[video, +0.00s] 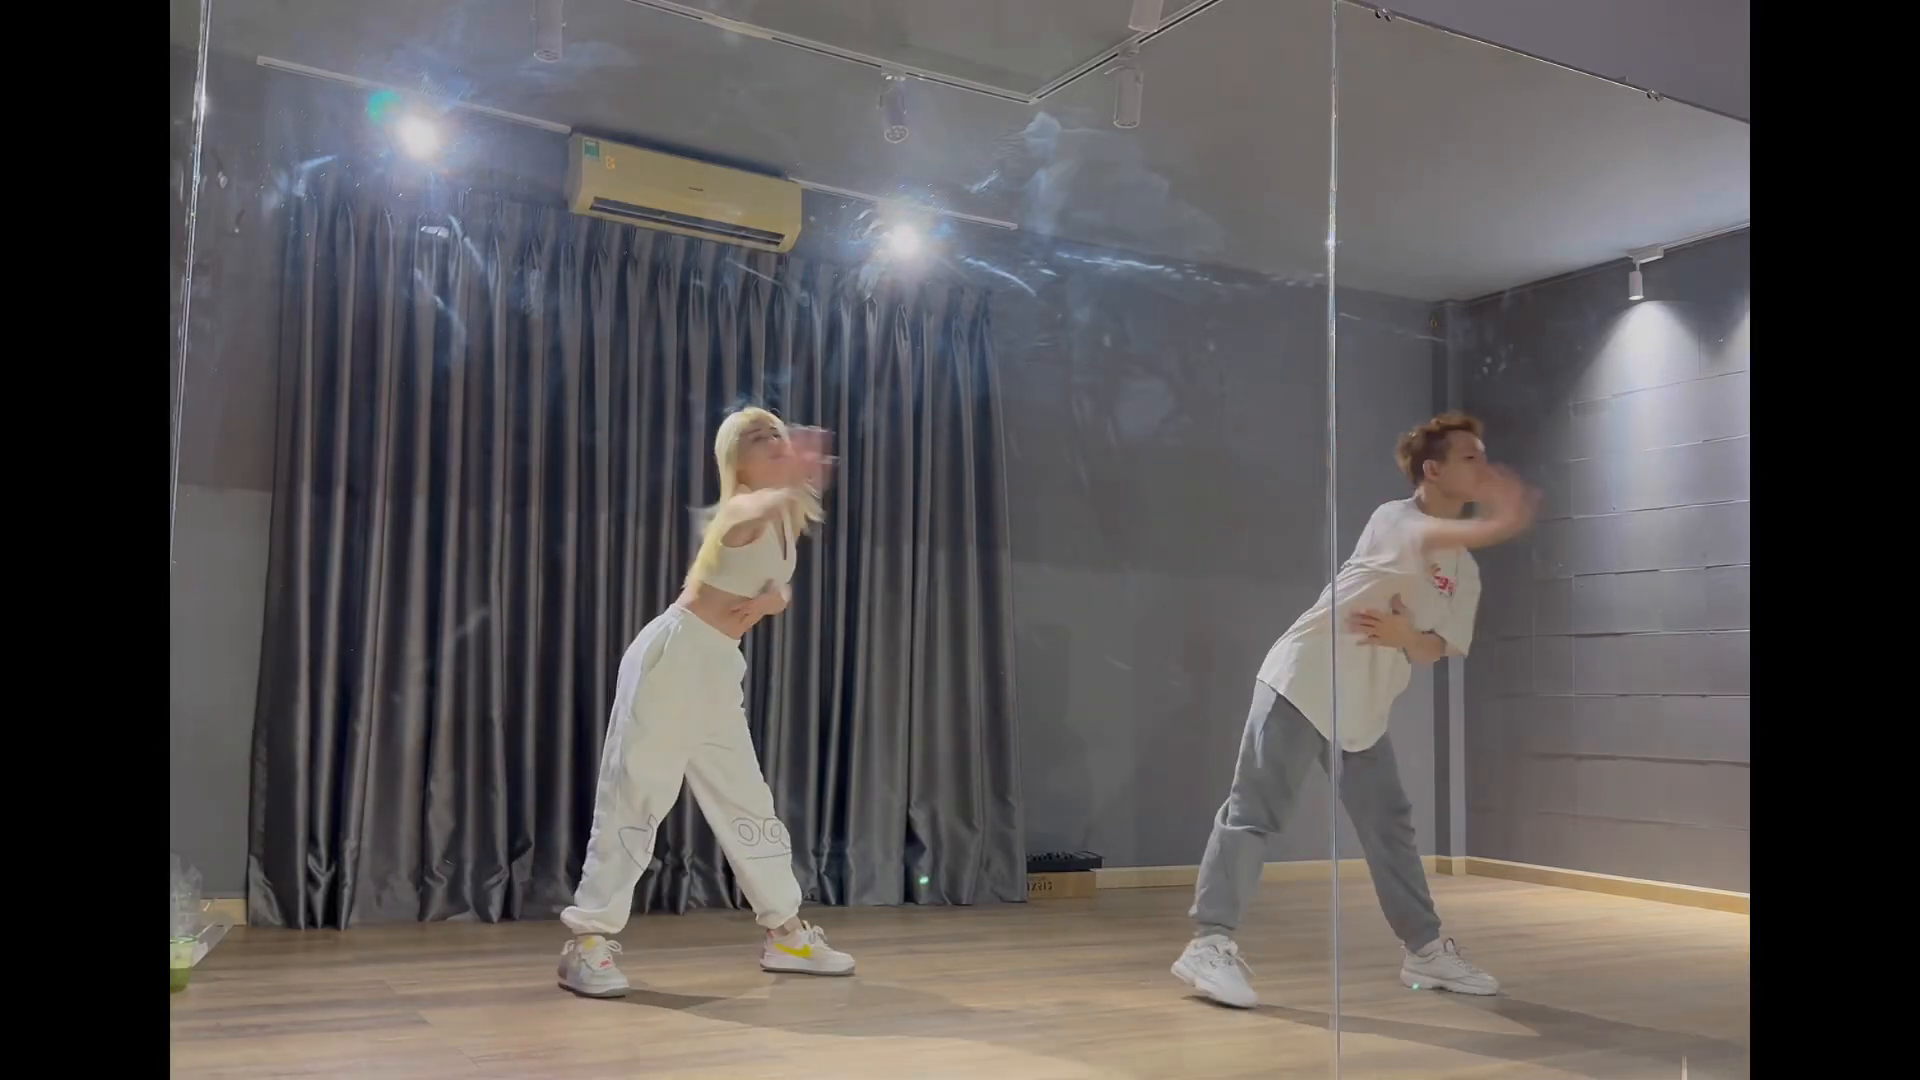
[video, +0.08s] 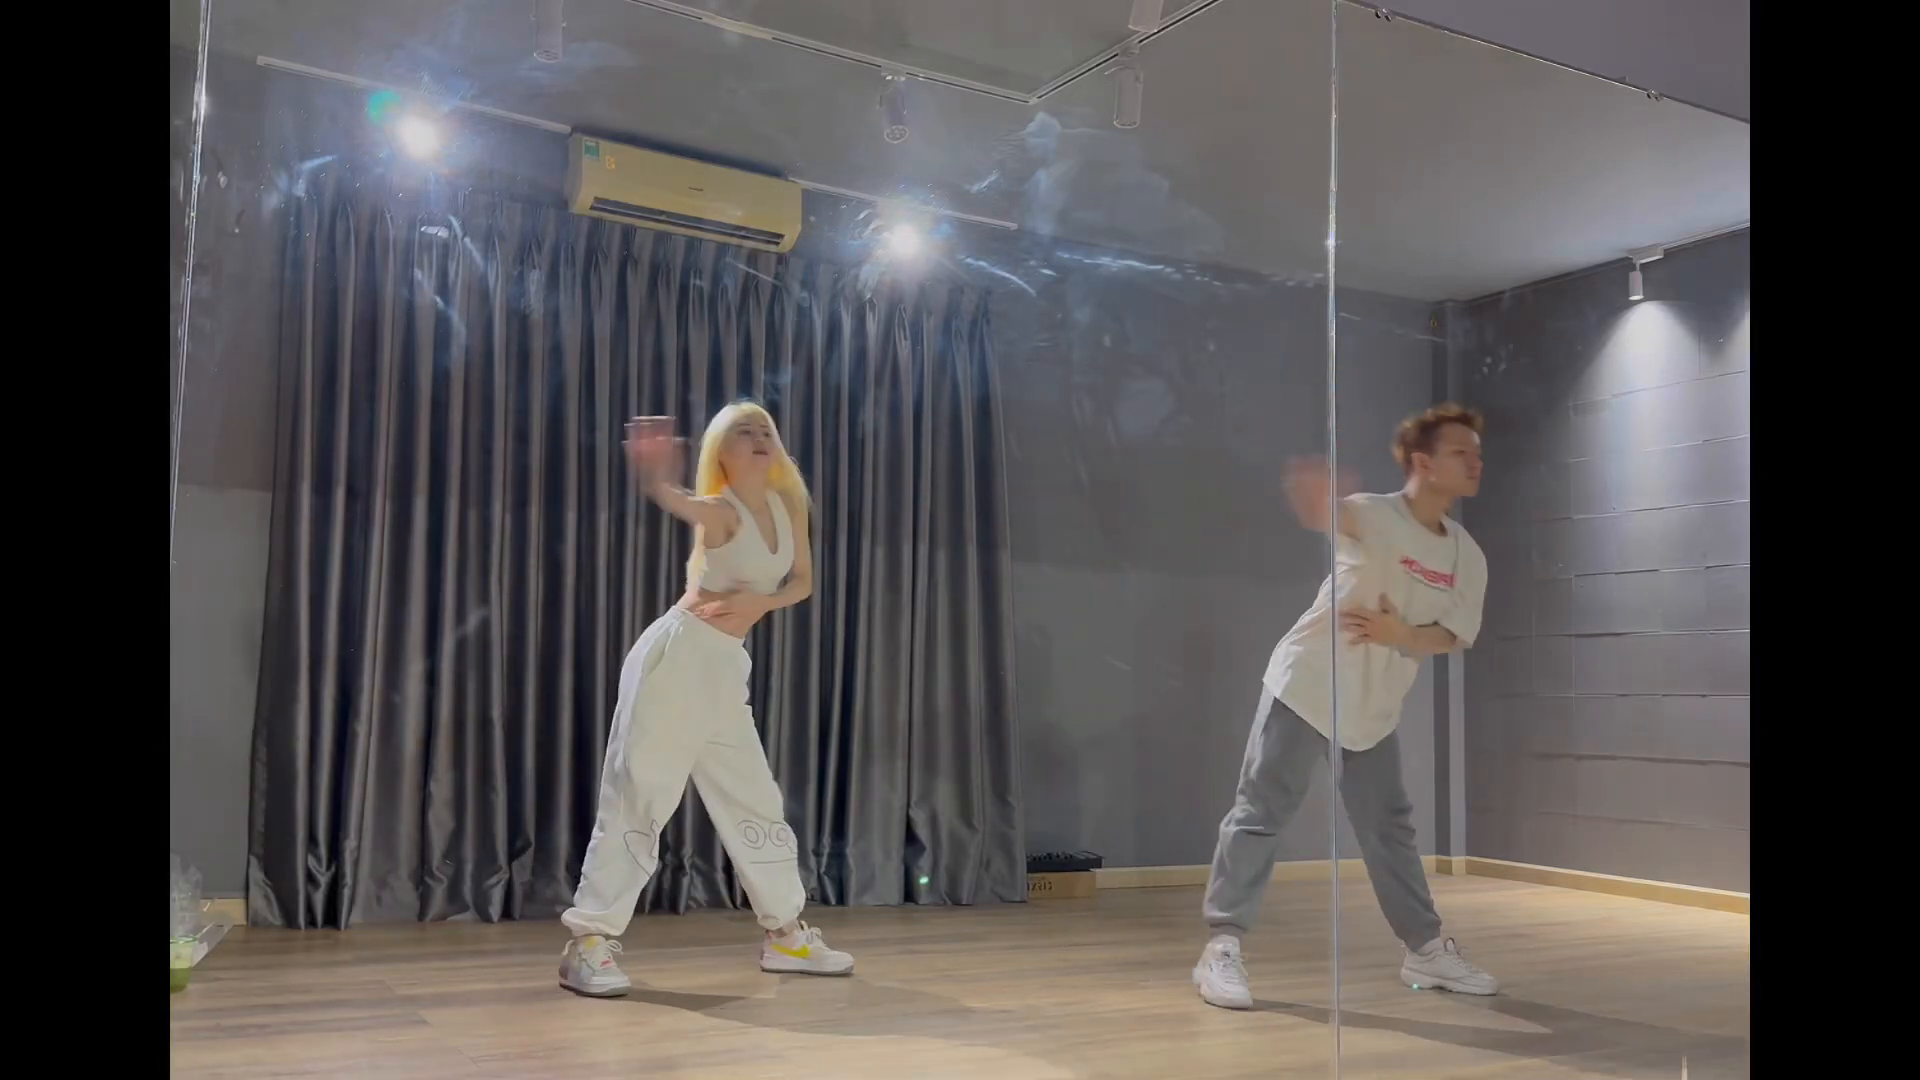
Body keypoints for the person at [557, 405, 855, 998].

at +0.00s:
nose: (783, 444)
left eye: (784, 434)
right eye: (765, 437)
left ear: (793, 450)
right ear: (739, 461)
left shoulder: (785, 519)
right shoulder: (734, 511)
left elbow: (779, 586)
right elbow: (751, 508)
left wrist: (774, 601)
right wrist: (790, 485)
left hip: (716, 670)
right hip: (672, 657)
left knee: (746, 803)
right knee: (632, 800)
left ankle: (786, 933)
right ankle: (588, 941)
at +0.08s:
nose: (759, 438)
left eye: (766, 430)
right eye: (744, 432)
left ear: (779, 449)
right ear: (721, 454)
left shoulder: (789, 505)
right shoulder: (722, 510)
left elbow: (803, 582)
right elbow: (692, 507)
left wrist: (758, 603)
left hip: (723, 671)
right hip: (677, 659)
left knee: (755, 803)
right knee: (637, 801)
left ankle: (786, 935)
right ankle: (590, 943)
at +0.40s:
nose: (741, 439)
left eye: (752, 430)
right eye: (729, 428)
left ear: (763, 442)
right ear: (703, 436)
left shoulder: (775, 502)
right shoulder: (677, 496)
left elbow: (772, 584)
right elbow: (612, 535)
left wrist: (697, 579)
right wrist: (589, 469)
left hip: (759, 668)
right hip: (687, 666)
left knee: (784, 805)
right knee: (646, 808)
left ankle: (814, 929)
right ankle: (619, 945)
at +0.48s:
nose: (742, 470)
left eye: (752, 460)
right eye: (729, 458)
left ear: (766, 470)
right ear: (702, 465)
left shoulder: (774, 532)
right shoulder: (676, 514)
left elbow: (767, 619)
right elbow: (625, 565)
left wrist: (703, 592)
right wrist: (623, 498)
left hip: (767, 684)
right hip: (697, 688)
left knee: (784, 816)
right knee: (641, 804)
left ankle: (818, 931)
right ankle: (640, 944)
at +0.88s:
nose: (722, 452)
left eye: (734, 445)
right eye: (710, 442)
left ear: (746, 459)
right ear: (687, 451)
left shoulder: (741, 507)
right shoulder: (667, 518)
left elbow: (712, 577)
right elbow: (608, 537)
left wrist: (628, 570)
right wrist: (568, 468)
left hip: (696, 679)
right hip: (634, 662)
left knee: (618, 811)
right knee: (612, 813)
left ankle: (693, 941)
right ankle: (643, 949)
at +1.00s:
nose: (718, 458)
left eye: (729, 449)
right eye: (707, 446)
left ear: (742, 458)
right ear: (685, 450)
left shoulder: (736, 505)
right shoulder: (660, 512)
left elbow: (700, 580)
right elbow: (600, 538)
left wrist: (612, 573)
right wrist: (559, 465)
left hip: (689, 670)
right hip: (634, 663)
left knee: (617, 814)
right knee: (587, 815)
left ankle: (697, 939)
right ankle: (643, 949)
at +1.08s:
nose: (714, 455)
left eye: (727, 448)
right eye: (706, 442)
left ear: (737, 458)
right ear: (682, 442)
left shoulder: (720, 506)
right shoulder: (644, 495)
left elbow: (688, 585)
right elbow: (594, 532)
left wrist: (600, 569)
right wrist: (559, 454)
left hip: (695, 665)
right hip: (643, 670)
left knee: (660, 808)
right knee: (596, 810)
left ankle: (701, 946)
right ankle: (646, 946)